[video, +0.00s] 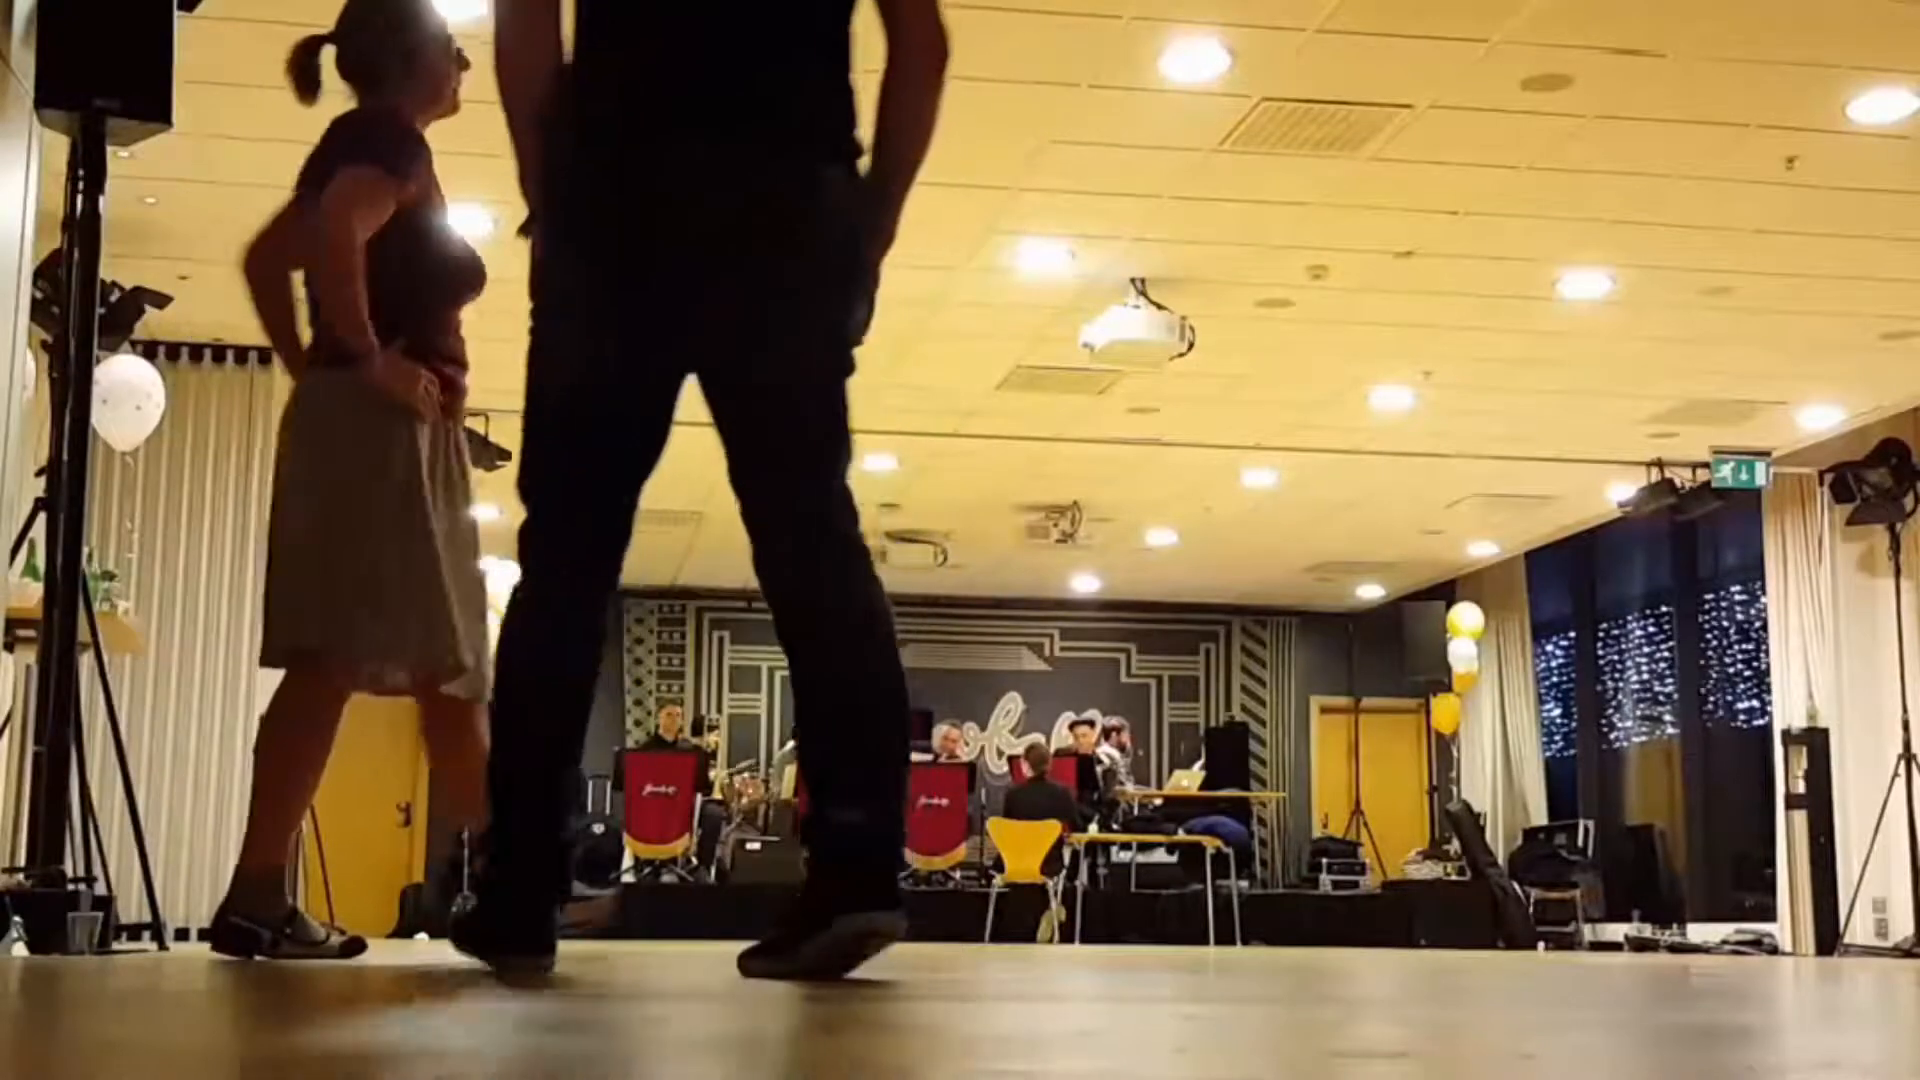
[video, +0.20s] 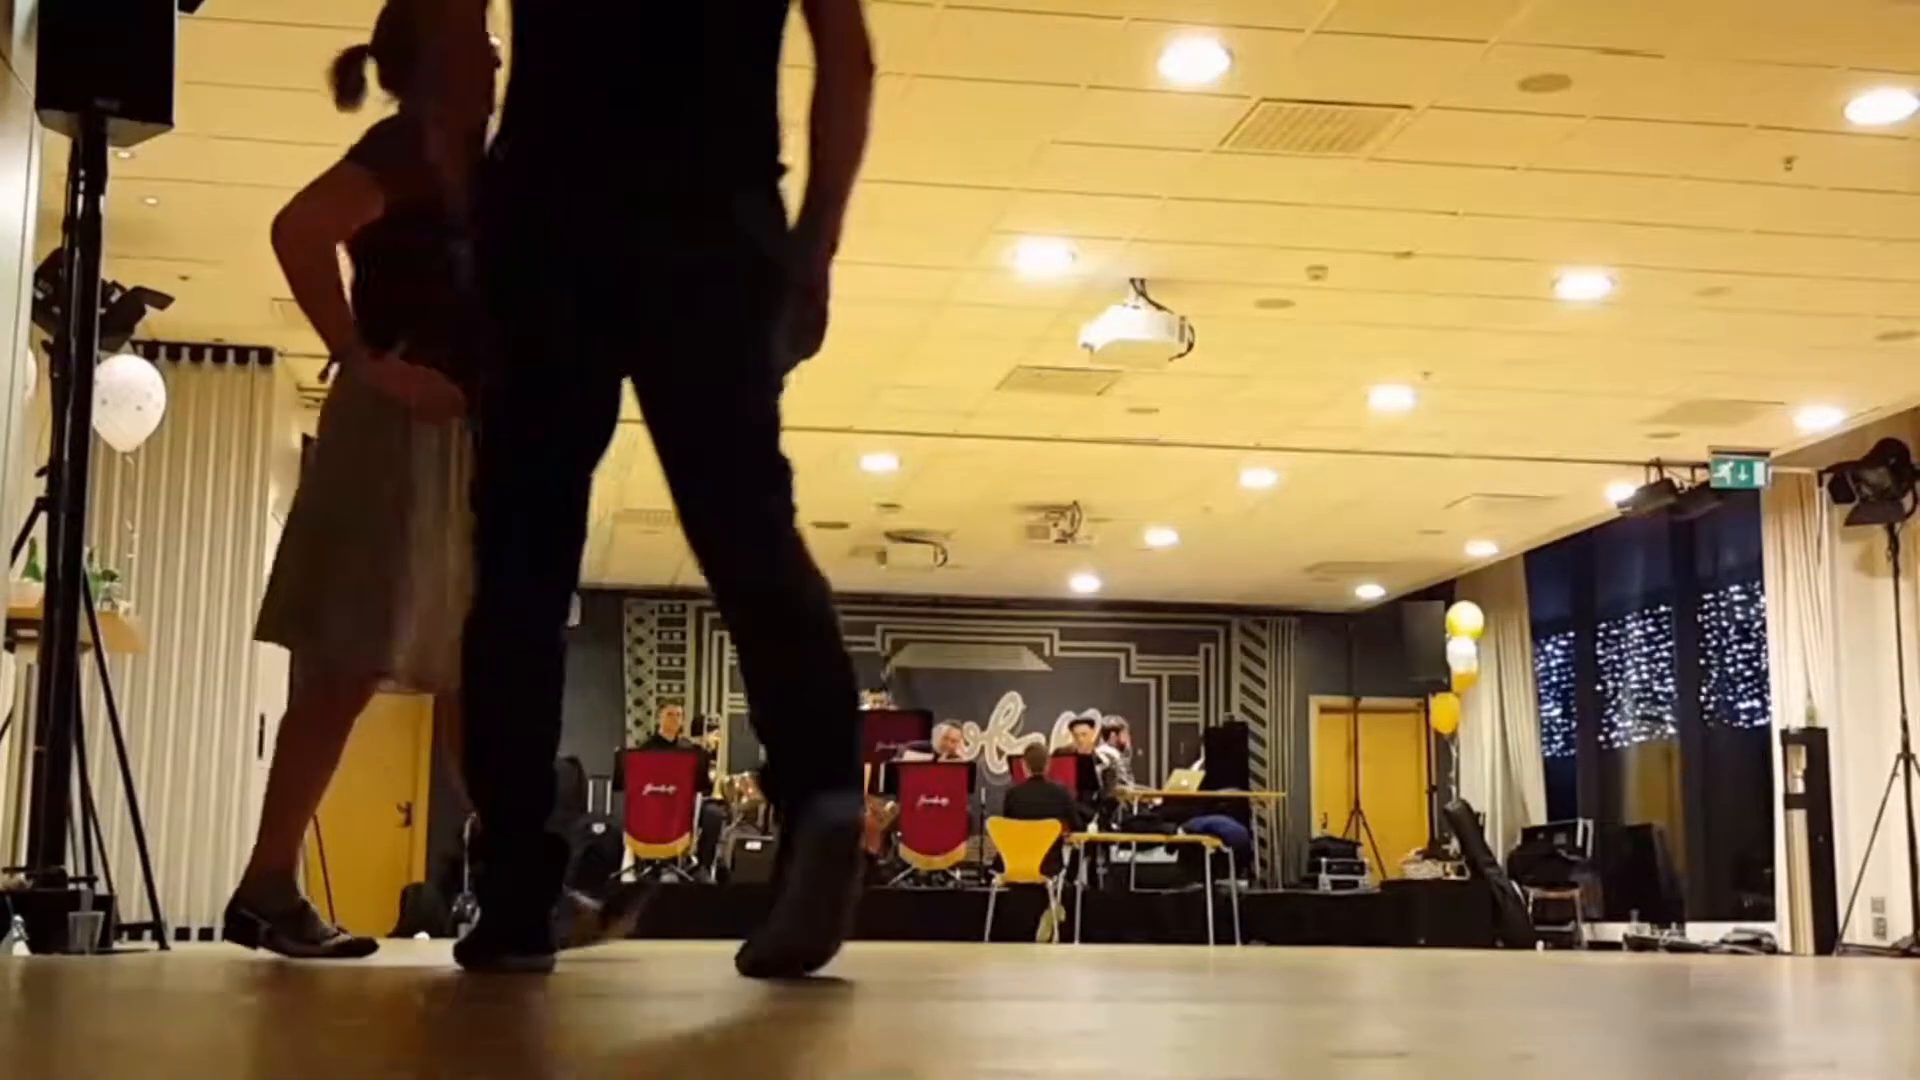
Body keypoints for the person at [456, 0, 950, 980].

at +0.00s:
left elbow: (525, 38)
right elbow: (921, 42)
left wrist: (551, 201)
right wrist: (874, 229)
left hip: (614, 214)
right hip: (790, 214)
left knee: (566, 561)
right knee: (812, 546)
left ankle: (519, 897)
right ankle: (860, 876)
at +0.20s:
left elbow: (455, 56)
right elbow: (847, 56)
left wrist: (455, 226)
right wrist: (816, 246)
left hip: (547, 227)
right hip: (715, 226)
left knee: (521, 577)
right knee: (751, 540)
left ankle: (511, 899)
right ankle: (824, 800)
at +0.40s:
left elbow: (400, 40)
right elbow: (793, 77)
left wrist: (401, 213)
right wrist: (772, 258)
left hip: (510, 261)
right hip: (674, 261)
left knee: (503, 590)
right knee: (705, 567)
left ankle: (512, 902)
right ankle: (742, 837)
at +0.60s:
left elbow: (384, 77)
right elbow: (768, 100)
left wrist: (372, 204)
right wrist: (753, 272)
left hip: (503, 271)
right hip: (663, 272)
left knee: (500, 593)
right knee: (676, 593)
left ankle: (513, 908)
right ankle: (697, 912)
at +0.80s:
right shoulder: (732, 9)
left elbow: (399, 93)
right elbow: (766, 136)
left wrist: (395, 194)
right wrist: (753, 296)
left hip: (506, 290)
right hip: (659, 294)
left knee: (503, 610)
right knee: (666, 610)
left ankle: (513, 906)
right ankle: (672, 903)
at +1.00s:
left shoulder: (473, 11)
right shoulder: (742, 13)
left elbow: (431, 151)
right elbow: (778, 162)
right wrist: (763, 321)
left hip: (522, 314)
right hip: (670, 315)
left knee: (506, 609)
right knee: (664, 611)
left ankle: (517, 890)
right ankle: (665, 898)